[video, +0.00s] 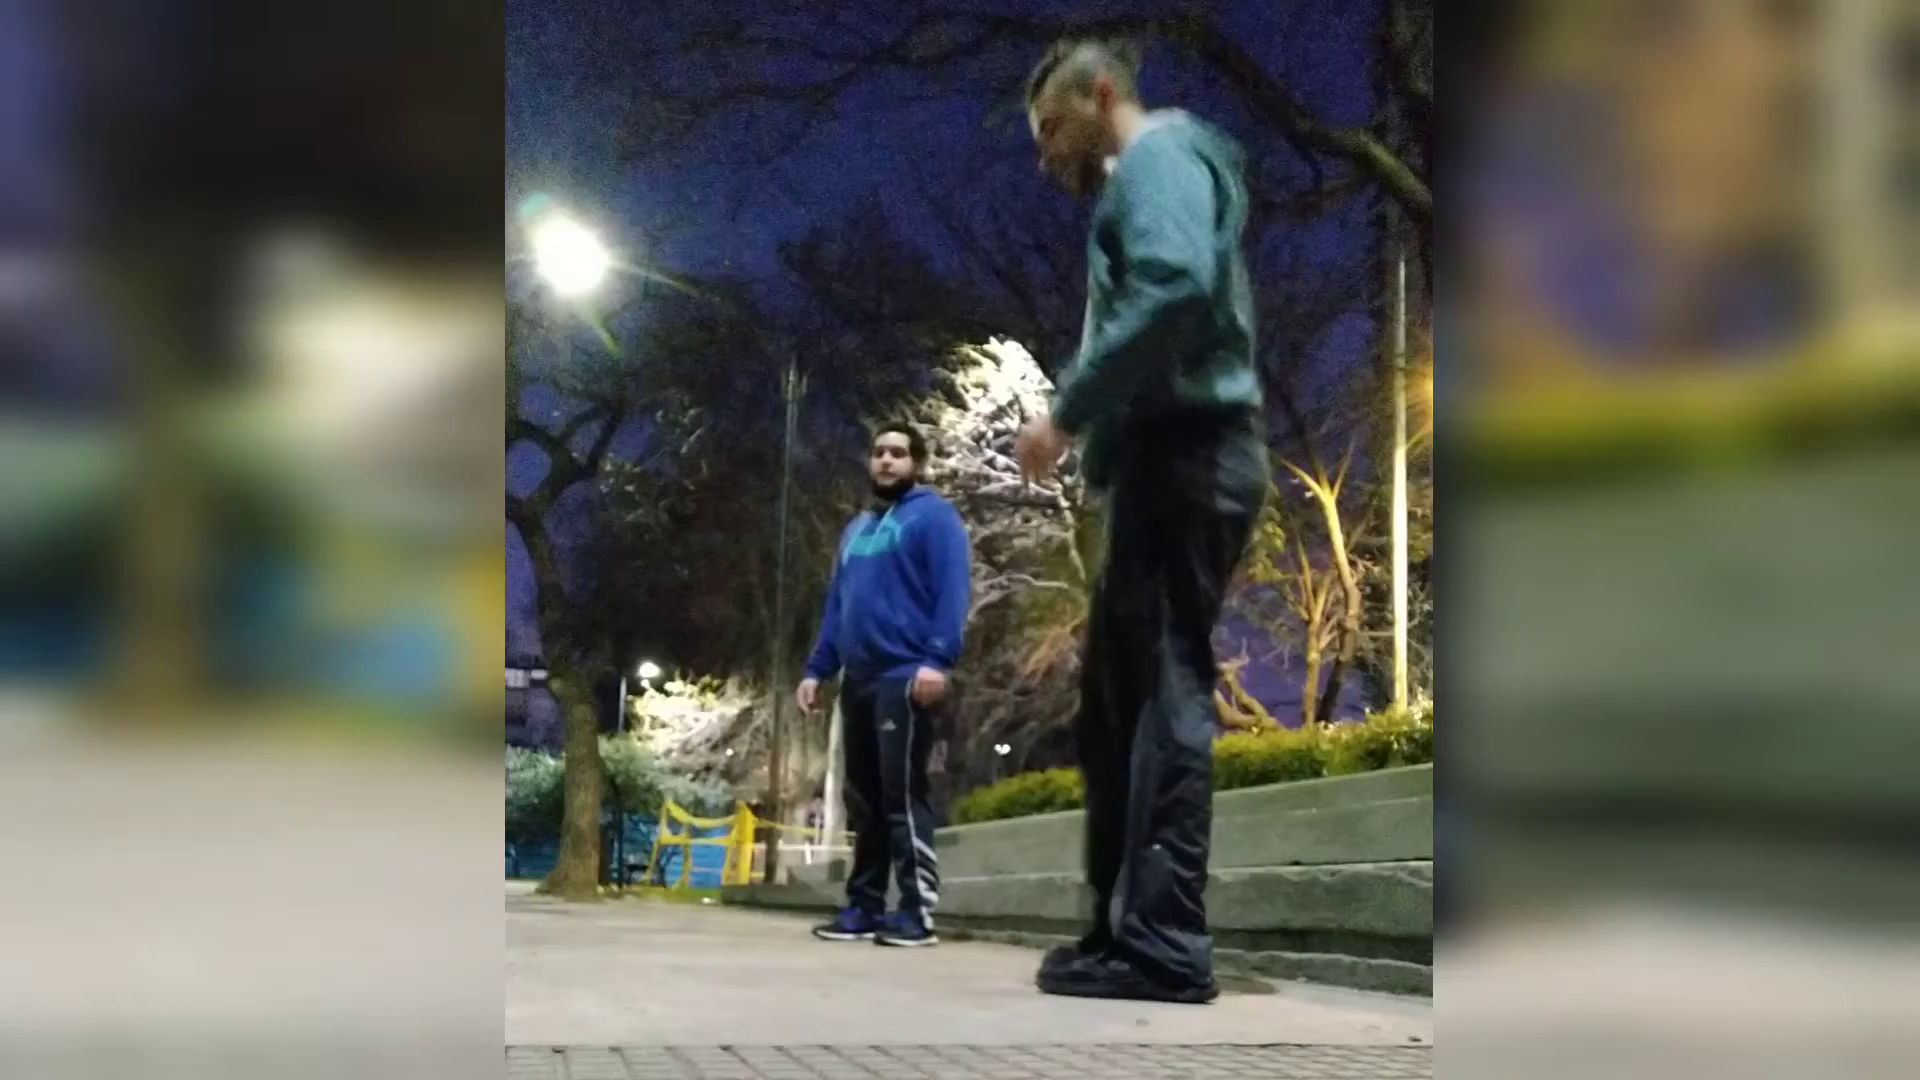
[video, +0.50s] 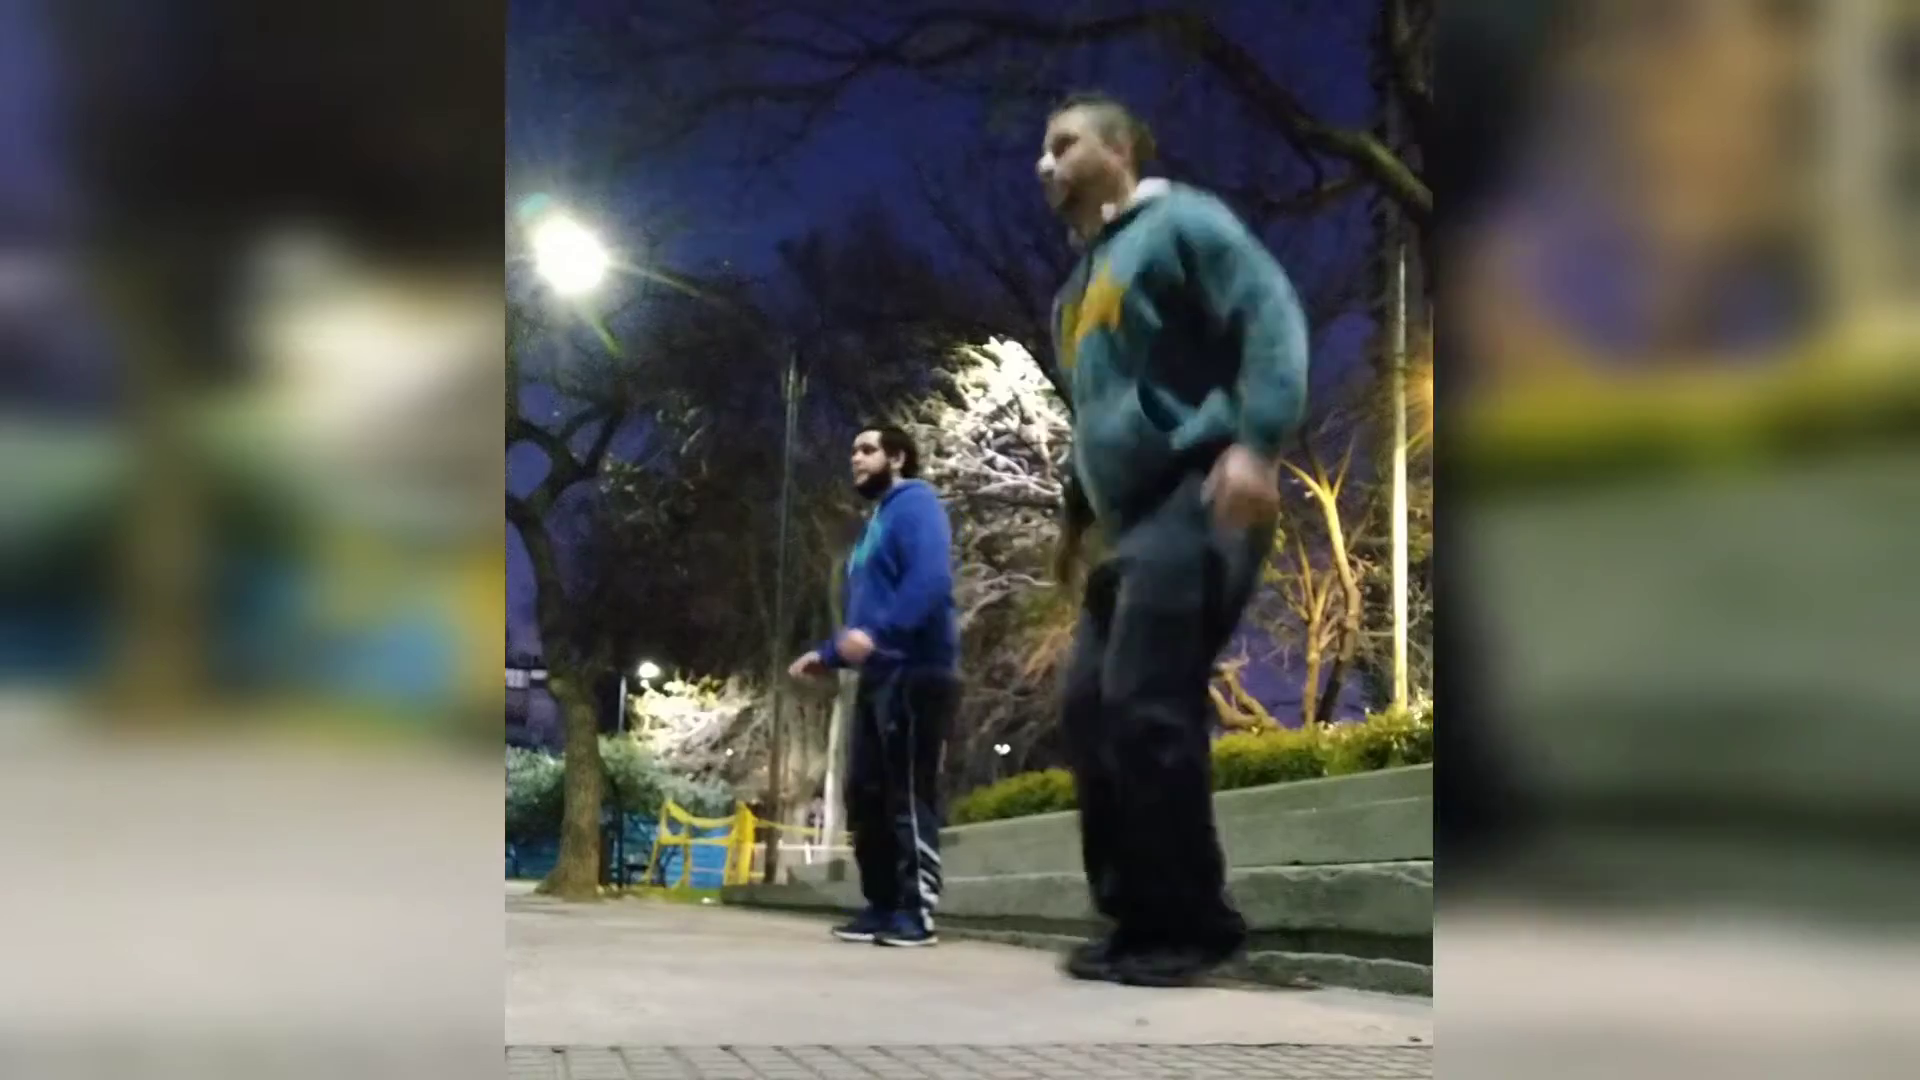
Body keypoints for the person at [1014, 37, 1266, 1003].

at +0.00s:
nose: (1046, 156)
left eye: (1050, 131)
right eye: (1039, 138)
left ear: (1100, 99)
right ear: (1104, 106)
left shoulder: (1161, 156)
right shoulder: (1147, 173)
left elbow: (1173, 285)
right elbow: (1171, 323)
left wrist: (1066, 411)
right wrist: (1098, 442)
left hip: (1190, 456)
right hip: (1166, 459)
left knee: (1160, 692)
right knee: (1113, 698)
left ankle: (1164, 944)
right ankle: (1121, 935)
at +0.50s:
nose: (1044, 164)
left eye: (1062, 145)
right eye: (1043, 152)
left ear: (1117, 150)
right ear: (1065, 170)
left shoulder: (1183, 217)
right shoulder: (1076, 290)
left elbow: (1274, 311)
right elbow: (1094, 411)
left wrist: (1258, 443)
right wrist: (1079, 517)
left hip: (1197, 500)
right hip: (1125, 524)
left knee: (1148, 702)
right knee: (1090, 708)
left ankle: (1194, 926)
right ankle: (1139, 922)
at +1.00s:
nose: (1128, 116)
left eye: (1149, 104)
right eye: (1131, 108)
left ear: (1200, 130)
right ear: (1147, 142)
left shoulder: (1227, 193)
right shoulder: (1132, 248)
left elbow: (1283, 82)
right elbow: (1077, 302)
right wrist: (1036, 220)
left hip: (1205, 451)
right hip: (1132, 481)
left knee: (1216, 661)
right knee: (1104, 706)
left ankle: (1307, 905)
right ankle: (1114, 918)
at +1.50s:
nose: (1146, 138)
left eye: (1166, 124)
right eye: (1147, 126)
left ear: (1216, 142)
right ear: (1167, 153)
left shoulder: (1254, 212)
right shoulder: (1172, 251)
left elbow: (1339, 297)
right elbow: (1172, 372)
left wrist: (1285, 383)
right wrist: (1125, 451)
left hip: (1222, 486)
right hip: (1161, 498)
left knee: (1205, 703)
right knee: (1125, 711)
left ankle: (1250, 928)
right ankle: (1178, 927)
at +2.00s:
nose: (1167, 148)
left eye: (1185, 133)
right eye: (1158, 144)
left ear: (1229, 150)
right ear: (1149, 179)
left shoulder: (1262, 208)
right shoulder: (1140, 261)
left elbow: (1316, 57)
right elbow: (1107, 229)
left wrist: (1237, 36)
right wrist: (1135, 143)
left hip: (1256, 502)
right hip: (1178, 528)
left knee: (1270, 715)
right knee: (1139, 751)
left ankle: (1398, 946)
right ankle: (1142, 957)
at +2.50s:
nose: (1132, 138)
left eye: (1155, 126)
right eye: (1133, 129)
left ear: (1205, 152)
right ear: (1150, 164)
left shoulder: (1244, 240)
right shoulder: (1155, 264)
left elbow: (1305, 382)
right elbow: (1151, 402)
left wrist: (1247, 470)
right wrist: (1116, 511)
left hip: (1205, 523)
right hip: (1137, 532)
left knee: (1191, 739)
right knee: (1118, 749)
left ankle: (1232, 950)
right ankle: (1173, 951)